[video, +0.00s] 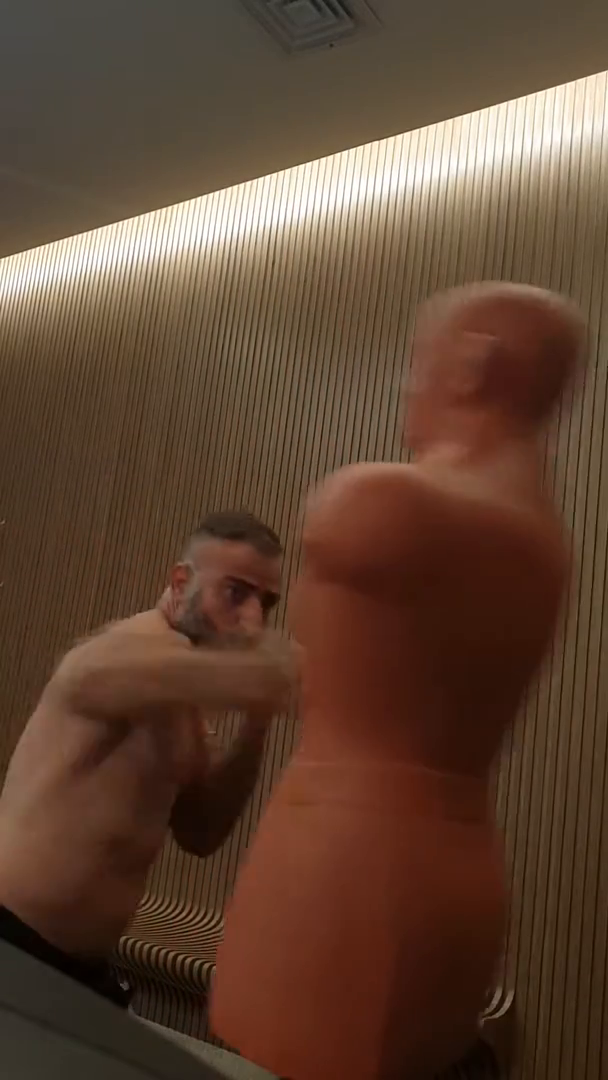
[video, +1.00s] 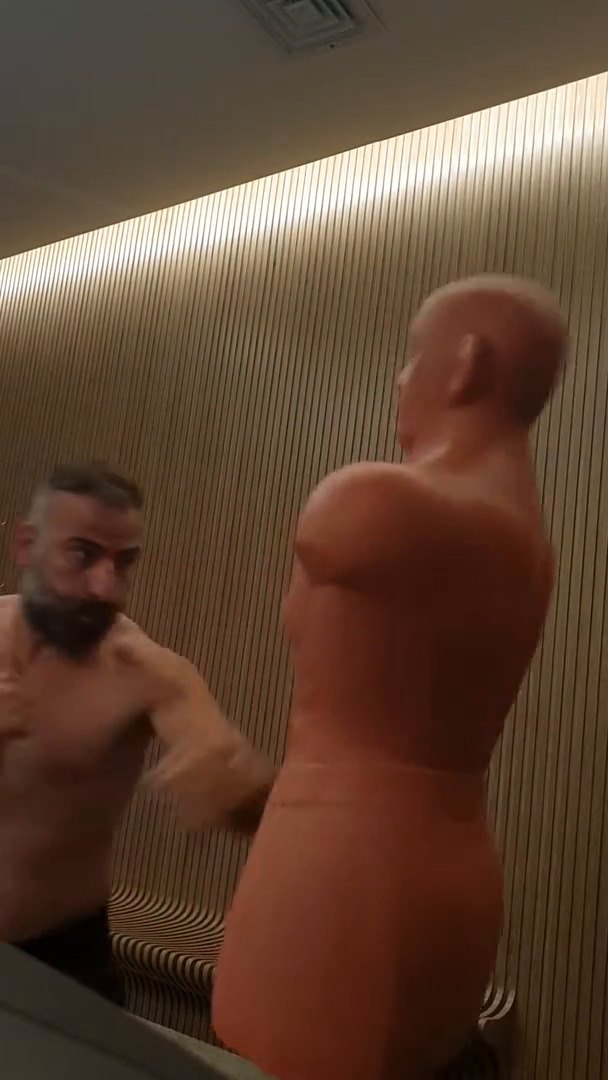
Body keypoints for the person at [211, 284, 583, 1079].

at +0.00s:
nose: (410, 382)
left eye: (421, 359)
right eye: (415, 360)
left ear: (473, 366)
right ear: (548, 393)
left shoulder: (376, 508)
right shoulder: (545, 545)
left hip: (341, 871)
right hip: (454, 864)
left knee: (282, 1065)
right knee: (402, 1067)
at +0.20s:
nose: (441, 407)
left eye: (455, 384)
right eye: (447, 384)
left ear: (505, 394)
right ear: (560, 417)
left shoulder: (420, 510)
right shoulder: (563, 563)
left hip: (369, 871)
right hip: (471, 870)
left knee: (315, 1061)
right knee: (413, 1066)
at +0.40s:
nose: (344, 407)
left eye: (353, 385)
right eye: (346, 388)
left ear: (403, 384)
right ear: (468, 406)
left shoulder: (324, 505)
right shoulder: (480, 542)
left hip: (320, 856)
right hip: (425, 845)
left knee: (304, 1062)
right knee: (377, 1063)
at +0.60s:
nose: (313, 394)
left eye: (321, 365)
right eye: (315, 368)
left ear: (368, 365)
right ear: (442, 387)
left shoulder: (293, 500)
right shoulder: (455, 532)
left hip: (299, 863)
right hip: (409, 848)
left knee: (263, 1064)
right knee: (367, 1063)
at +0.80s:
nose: (385, 394)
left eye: (395, 371)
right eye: (389, 372)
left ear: (442, 375)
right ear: (512, 402)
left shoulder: (358, 504)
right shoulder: (513, 547)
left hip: (336, 868)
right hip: (444, 859)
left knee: (282, 1063)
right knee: (403, 1064)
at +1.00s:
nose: (399, 387)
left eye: (413, 361)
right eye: (406, 362)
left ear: (464, 368)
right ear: (530, 391)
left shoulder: (367, 506)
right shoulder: (524, 543)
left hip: (338, 880)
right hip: (447, 869)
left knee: (288, 1066)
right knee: (397, 1067)